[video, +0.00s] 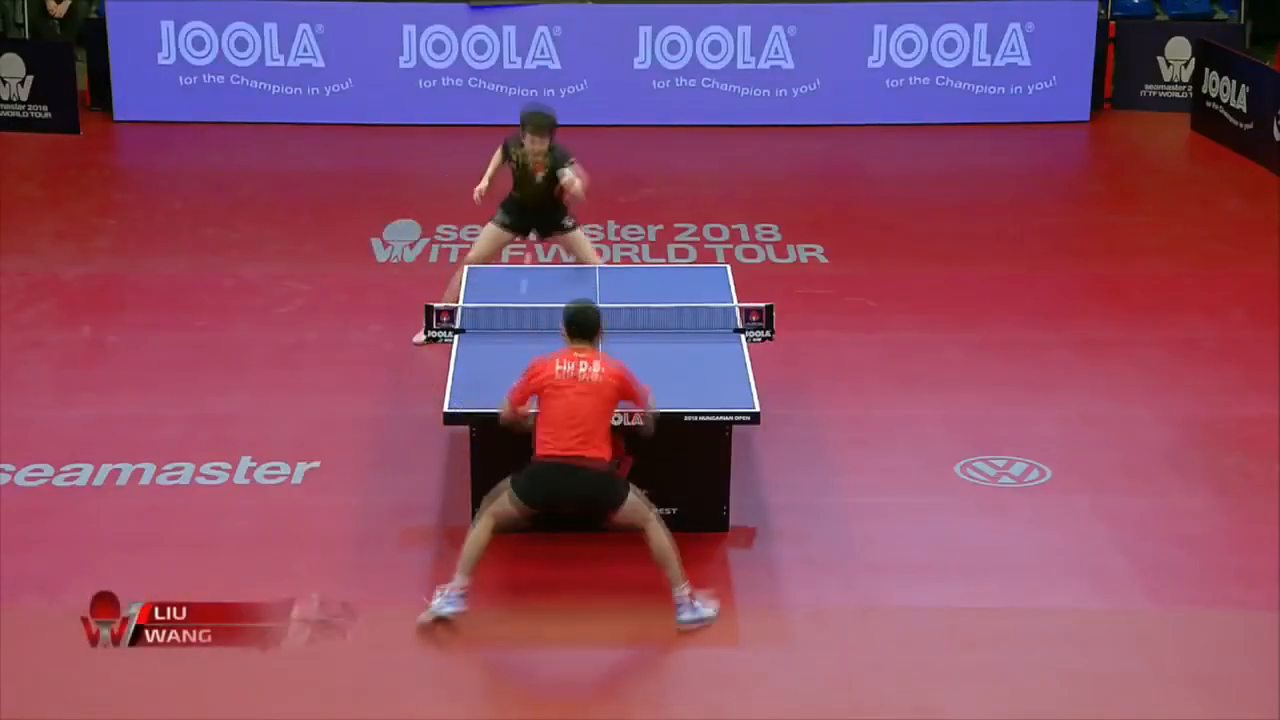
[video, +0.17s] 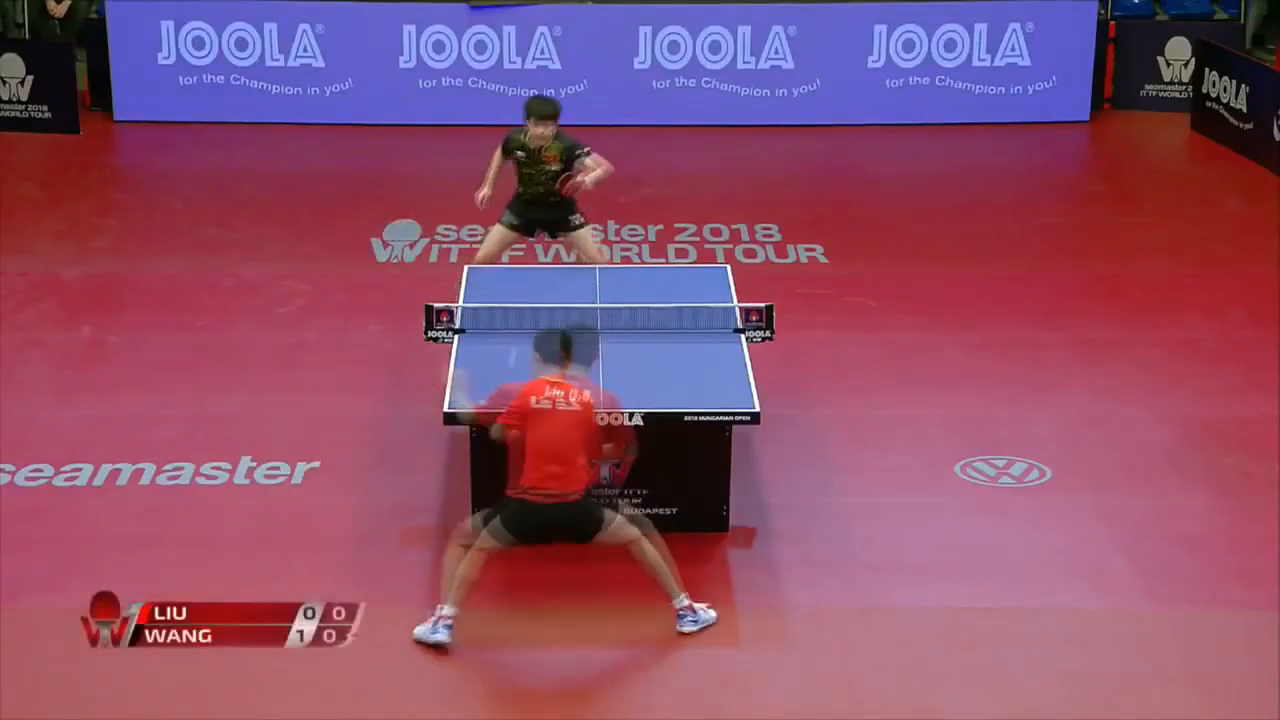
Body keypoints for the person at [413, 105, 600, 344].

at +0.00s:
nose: (536, 145)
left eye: (541, 140)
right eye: (532, 139)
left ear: (550, 138)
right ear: (523, 135)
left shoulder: (558, 155)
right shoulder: (512, 146)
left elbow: (575, 183)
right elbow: (501, 154)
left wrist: (574, 186)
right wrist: (485, 181)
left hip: (553, 214)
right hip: (516, 211)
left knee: (594, 264)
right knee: (473, 260)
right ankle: (437, 322)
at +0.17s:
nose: (544, 131)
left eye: (548, 125)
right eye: (538, 125)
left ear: (555, 125)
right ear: (527, 124)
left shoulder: (566, 145)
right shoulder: (515, 141)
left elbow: (606, 167)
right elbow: (501, 154)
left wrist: (590, 178)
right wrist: (488, 186)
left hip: (561, 208)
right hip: (524, 206)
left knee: (594, 259)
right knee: (482, 259)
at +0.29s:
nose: (545, 131)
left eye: (551, 125)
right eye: (540, 125)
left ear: (560, 125)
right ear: (532, 122)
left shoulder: (572, 145)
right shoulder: (518, 141)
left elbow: (613, 168)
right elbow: (504, 159)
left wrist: (598, 189)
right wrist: (494, 191)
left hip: (563, 208)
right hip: (524, 207)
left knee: (606, 254)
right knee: (480, 255)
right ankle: (461, 306)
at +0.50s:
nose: (544, 169)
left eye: (550, 164)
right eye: (541, 163)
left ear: (560, 164)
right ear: (534, 160)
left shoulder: (575, 181)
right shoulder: (520, 176)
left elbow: (608, 208)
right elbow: (494, 202)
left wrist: (584, 235)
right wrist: (507, 225)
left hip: (565, 232)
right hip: (527, 230)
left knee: (610, 267)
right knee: (485, 263)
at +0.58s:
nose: (535, 170)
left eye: (541, 165)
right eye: (531, 163)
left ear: (550, 163)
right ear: (524, 159)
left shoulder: (563, 178)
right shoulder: (514, 170)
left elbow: (591, 209)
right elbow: (485, 196)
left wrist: (565, 226)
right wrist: (504, 198)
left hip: (557, 232)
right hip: (519, 229)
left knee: (601, 265)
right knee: (470, 258)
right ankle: (452, 309)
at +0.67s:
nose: (525, 145)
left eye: (531, 140)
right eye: (521, 140)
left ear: (540, 137)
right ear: (513, 134)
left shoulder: (547, 149)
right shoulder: (503, 145)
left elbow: (553, 166)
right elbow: (477, 154)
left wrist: (560, 179)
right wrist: (475, 171)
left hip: (541, 211)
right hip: (505, 208)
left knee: (585, 258)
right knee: (457, 249)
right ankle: (447, 308)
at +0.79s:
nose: (514, 130)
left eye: (520, 125)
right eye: (510, 124)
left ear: (528, 123)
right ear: (501, 120)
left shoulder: (537, 140)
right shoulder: (490, 136)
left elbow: (563, 164)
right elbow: (469, 146)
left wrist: (570, 181)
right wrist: (459, 172)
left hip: (535, 205)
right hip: (497, 205)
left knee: (578, 255)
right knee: (457, 253)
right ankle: (439, 313)